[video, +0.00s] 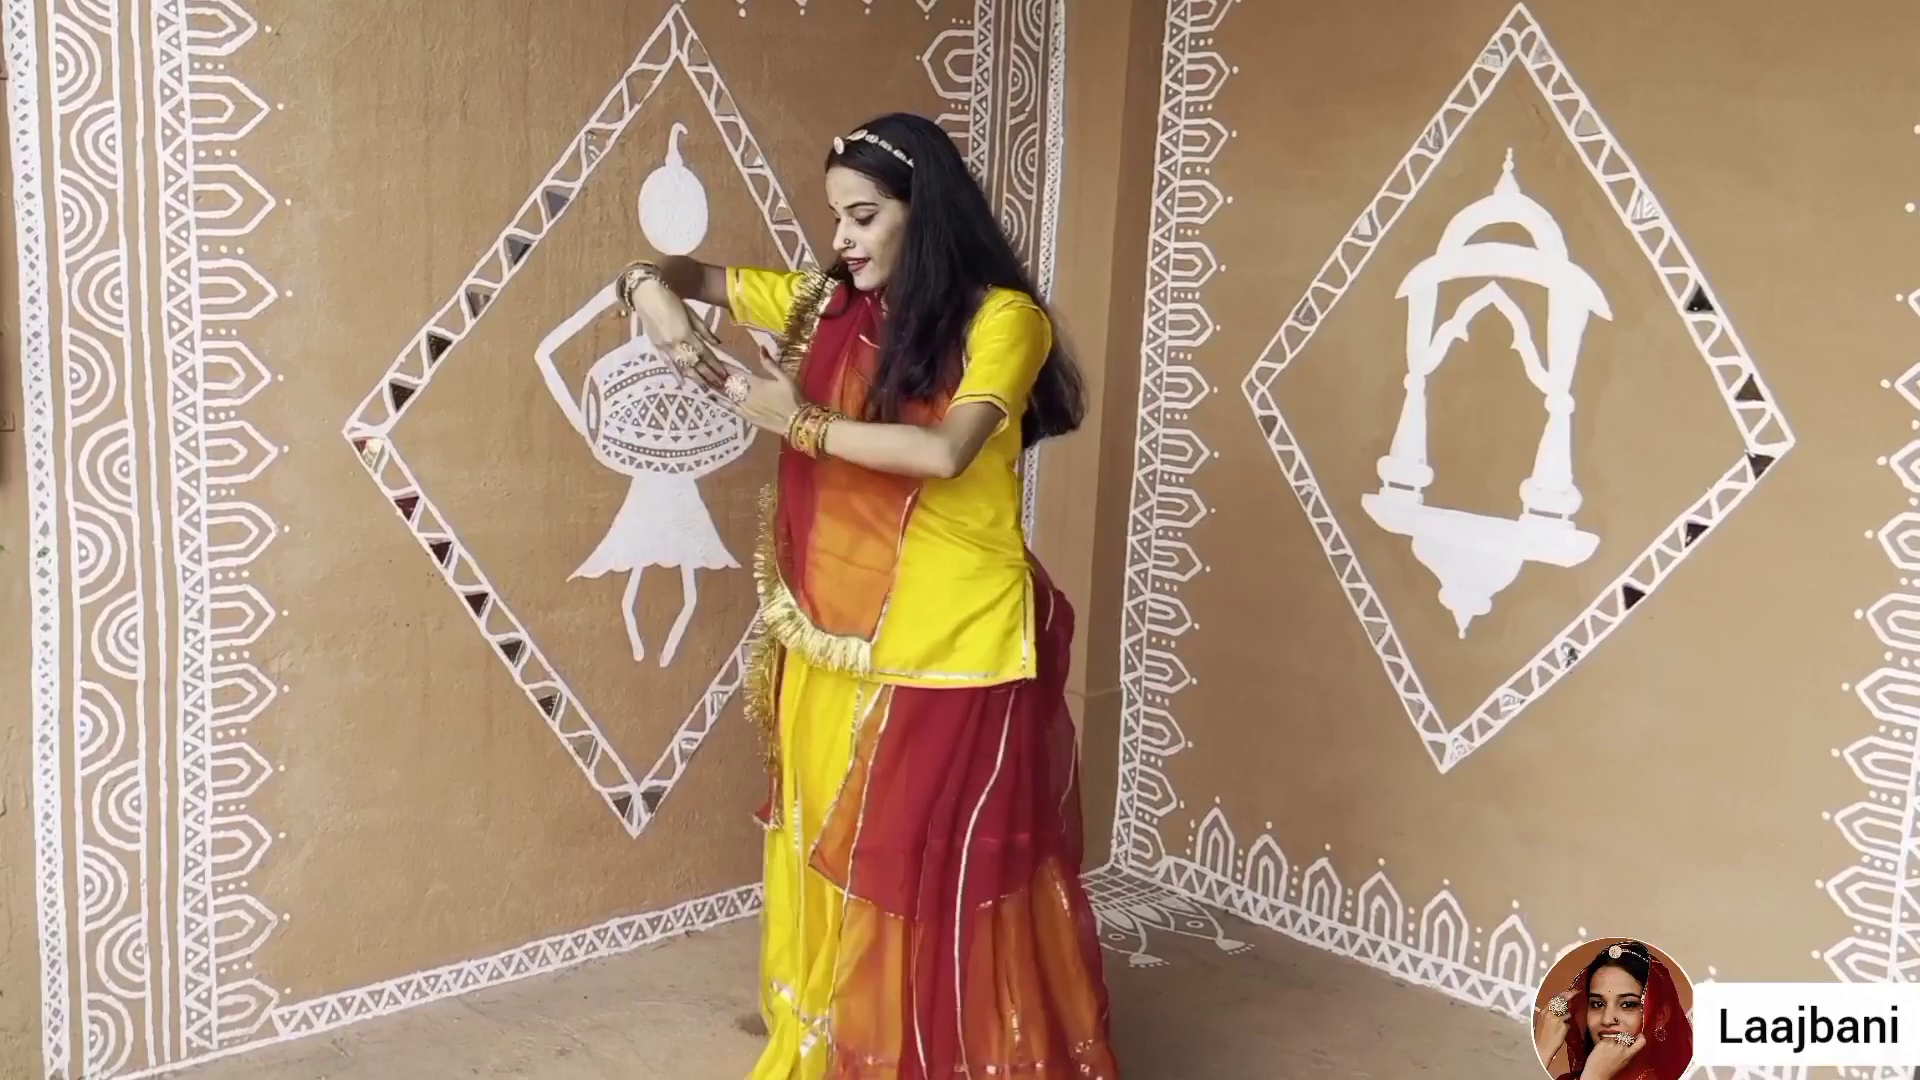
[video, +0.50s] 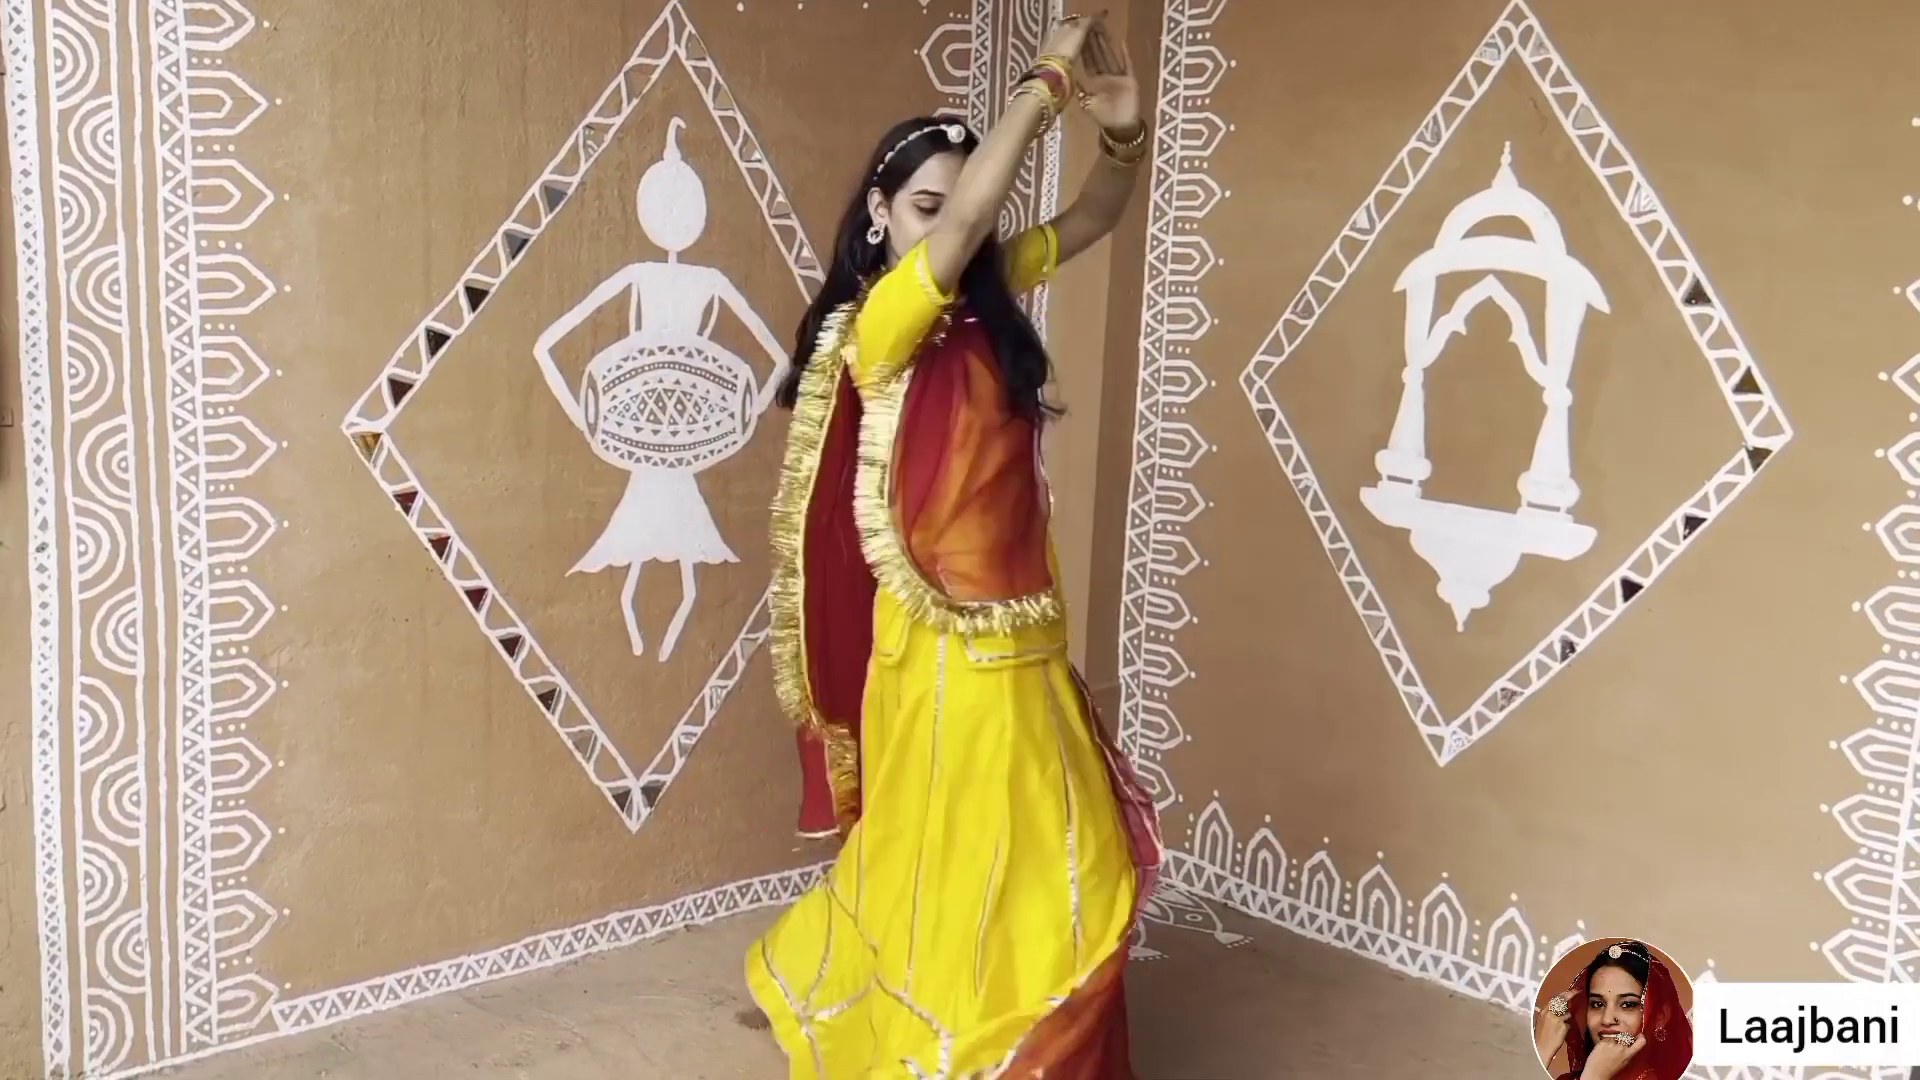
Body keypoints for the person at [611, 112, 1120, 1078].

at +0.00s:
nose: (844, 242)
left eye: (862, 219)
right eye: (837, 221)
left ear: (926, 211)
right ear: (835, 218)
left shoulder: (1004, 317)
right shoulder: (831, 302)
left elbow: (947, 452)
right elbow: (667, 276)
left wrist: (801, 422)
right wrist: (660, 301)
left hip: (961, 656)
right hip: (838, 645)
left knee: (931, 879)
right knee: (835, 875)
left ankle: (941, 1061)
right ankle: (834, 1055)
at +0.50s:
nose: (946, 223)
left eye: (963, 203)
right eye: (924, 203)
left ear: (978, 212)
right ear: (876, 219)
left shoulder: (984, 290)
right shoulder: (871, 332)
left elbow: (1091, 218)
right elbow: (960, 233)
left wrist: (1127, 137)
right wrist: (1043, 88)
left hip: (1027, 641)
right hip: (950, 653)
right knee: (1070, 881)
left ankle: (799, 974)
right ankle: (1008, 1060)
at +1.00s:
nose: (942, 216)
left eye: (951, 203)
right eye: (953, 199)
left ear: (960, 228)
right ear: (1058, 230)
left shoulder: (921, 309)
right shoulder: (1088, 345)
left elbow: (814, 198)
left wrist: (868, 112)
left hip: (912, 606)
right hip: (1025, 615)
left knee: (921, 823)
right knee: (1039, 826)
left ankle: (908, 1031)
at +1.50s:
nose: (879, 235)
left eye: (907, 216)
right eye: (868, 214)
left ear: (949, 231)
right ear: (848, 228)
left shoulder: (989, 308)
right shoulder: (819, 335)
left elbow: (1127, 217)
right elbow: (786, 303)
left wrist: (1081, 114)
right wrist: (882, 185)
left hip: (1007, 644)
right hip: (869, 648)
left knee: (993, 879)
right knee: (833, 872)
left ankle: (994, 1056)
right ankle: (827, 1056)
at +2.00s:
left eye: (885, 184)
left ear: (882, 206)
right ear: (989, 208)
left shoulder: (869, 307)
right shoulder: (1029, 327)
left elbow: (752, 208)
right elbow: (1117, 301)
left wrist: (809, 121)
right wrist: (1039, 240)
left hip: (846, 630)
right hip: (958, 638)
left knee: (809, 837)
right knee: (949, 846)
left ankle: (831, 1042)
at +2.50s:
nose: (831, 220)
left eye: (855, 203)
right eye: (825, 199)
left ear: (905, 214)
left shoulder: (938, 325)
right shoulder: (829, 316)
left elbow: (965, 241)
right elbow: (710, 315)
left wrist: (885, 136)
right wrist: (763, 255)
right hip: (828, 630)